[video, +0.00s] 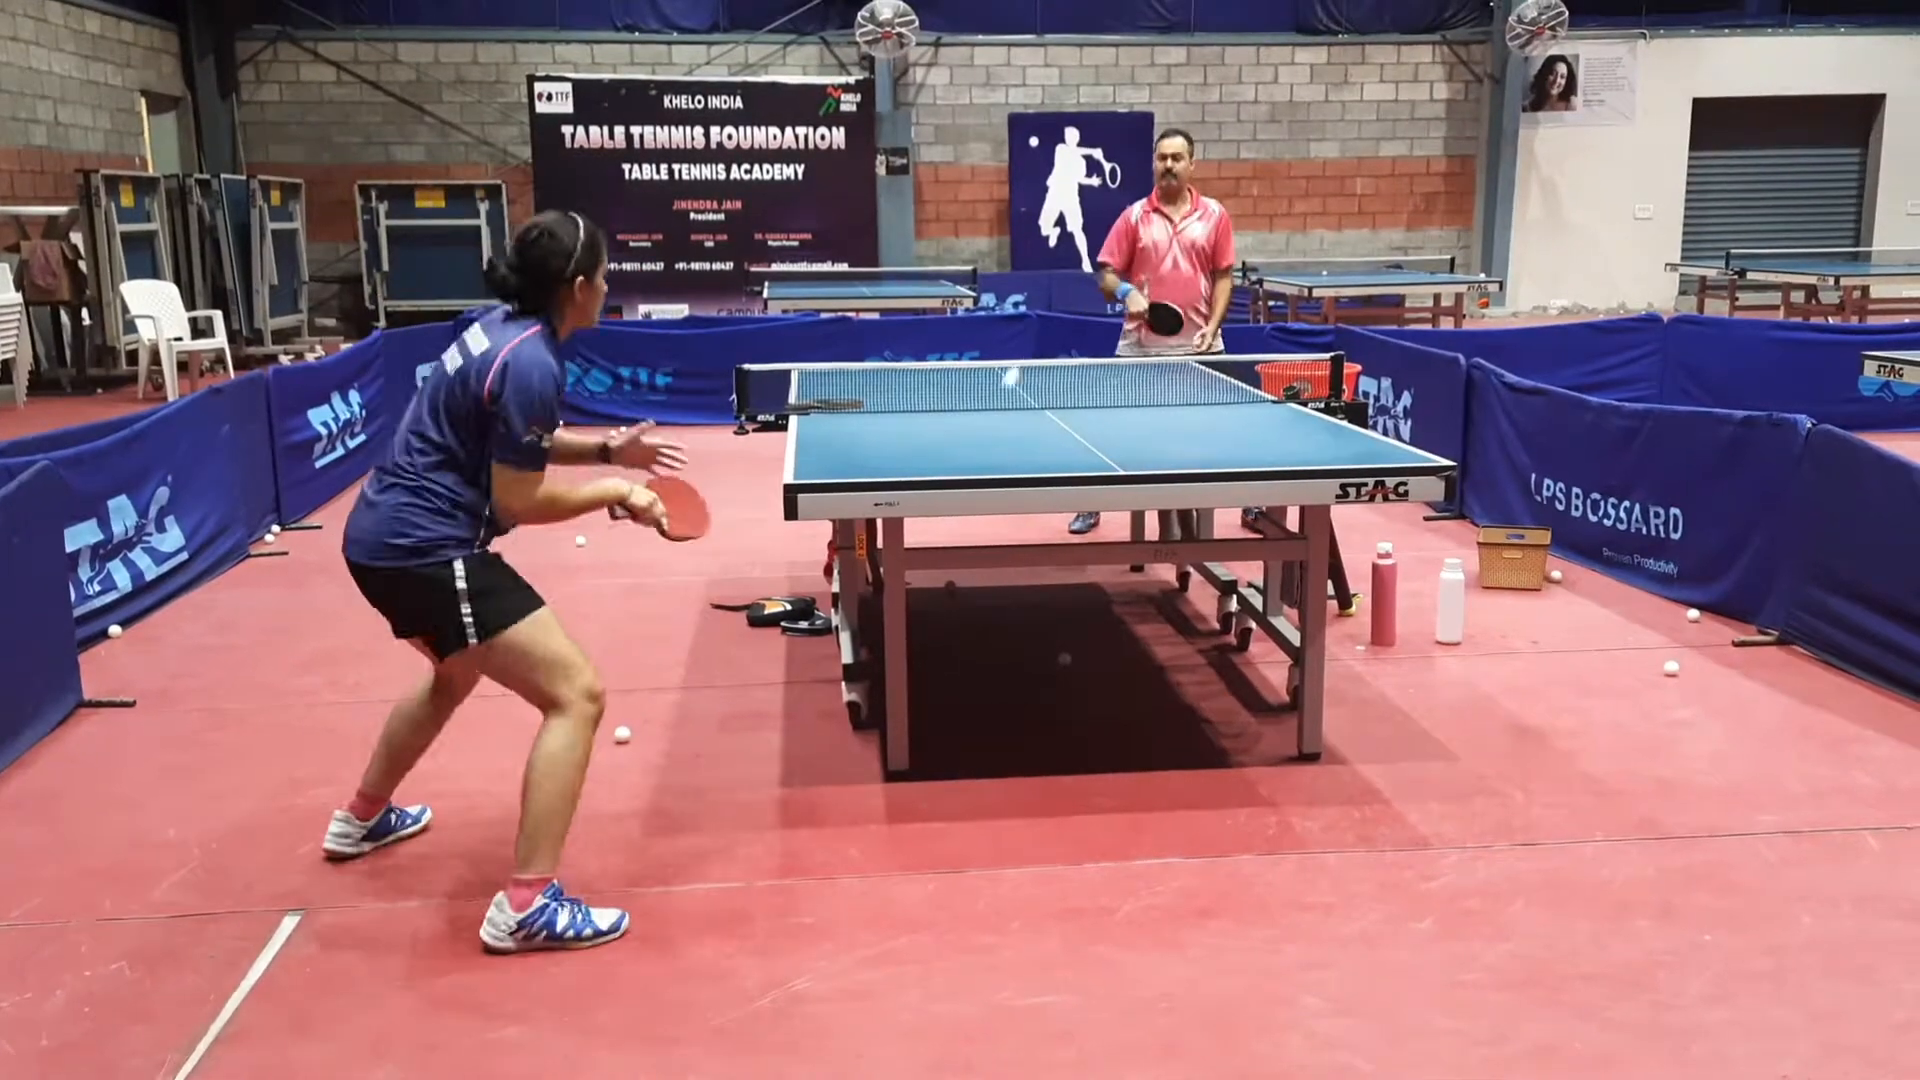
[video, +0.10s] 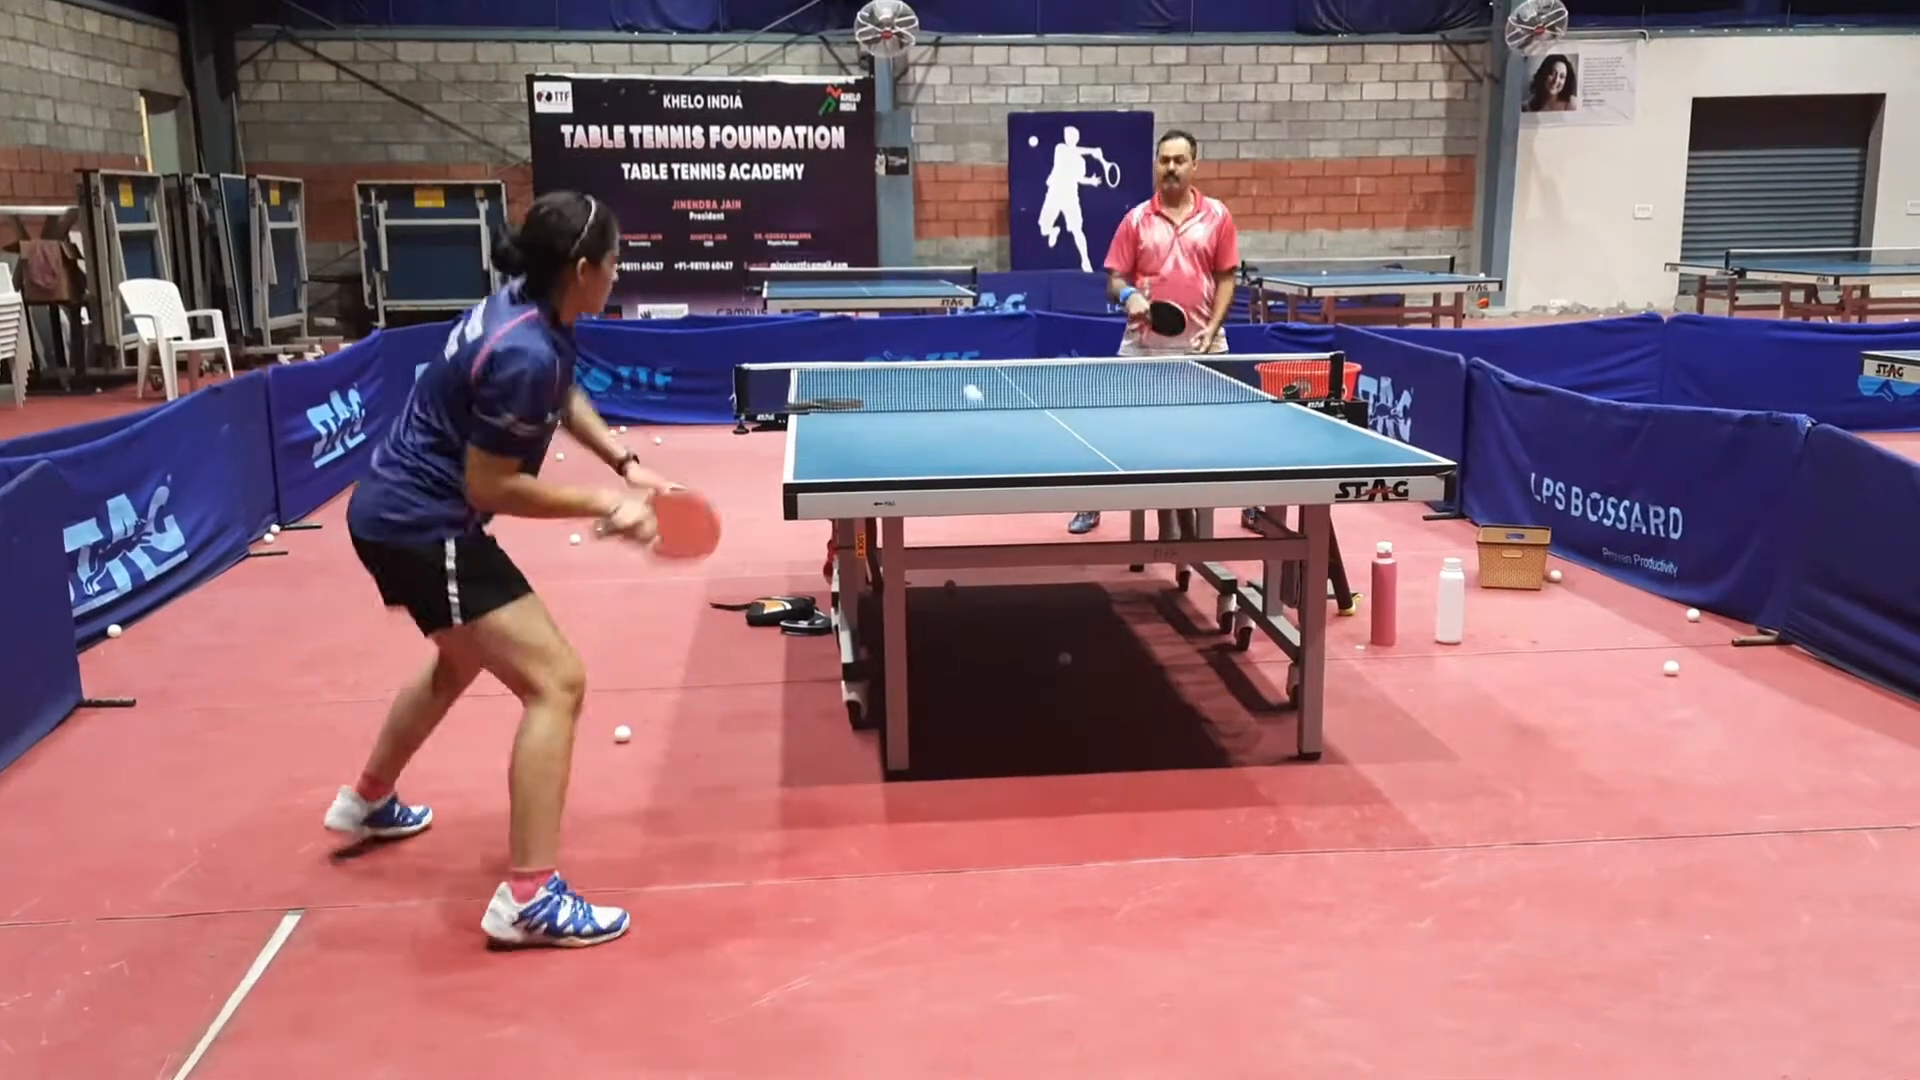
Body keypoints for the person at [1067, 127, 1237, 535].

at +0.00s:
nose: (1168, 165)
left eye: (1177, 158)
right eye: (1162, 158)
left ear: (1192, 163)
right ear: (1154, 162)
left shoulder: (1214, 216)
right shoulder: (1134, 216)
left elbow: (1224, 275)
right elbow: (1105, 274)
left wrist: (1213, 324)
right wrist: (1128, 291)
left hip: (1199, 343)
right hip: (1140, 342)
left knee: (1231, 416)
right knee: (1109, 417)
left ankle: (1253, 500)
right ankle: (1090, 503)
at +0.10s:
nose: (1171, 168)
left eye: (1180, 160)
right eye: (1165, 160)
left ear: (1194, 165)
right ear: (1155, 164)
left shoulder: (1217, 216)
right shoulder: (1136, 219)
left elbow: (1228, 277)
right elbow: (1115, 279)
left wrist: (1214, 326)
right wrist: (1130, 296)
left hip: (1203, 341)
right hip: (1144, 341)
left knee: (1230, 417)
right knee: (1112, 416)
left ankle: (1254, 499)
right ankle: (1091, 502)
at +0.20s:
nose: (1175, 177)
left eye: (1183, 170)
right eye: (1168, 170)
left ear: (1197, 173)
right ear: (1157, 173)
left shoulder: (1221, 221)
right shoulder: (1140, 226)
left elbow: (1236, 280)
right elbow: (1125, 284)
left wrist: (1217, 327)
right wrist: (1136, 298)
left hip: (1209, 344)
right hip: (1148, 344)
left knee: (1249, 413)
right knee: (1110, 415)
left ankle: (1257, 501)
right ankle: (1090, 501)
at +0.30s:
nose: (1175, 183)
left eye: (1183, 175)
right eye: (1168, 175)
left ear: (1198, 178)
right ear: (1158, 177)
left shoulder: (1223, 225)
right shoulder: (1141, 229)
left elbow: (1240, 283)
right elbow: (1126, 286)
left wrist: (1224, 324)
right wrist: (1135, 292)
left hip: (1210, 345)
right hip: (1148, 345)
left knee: (1249, 414)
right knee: (1110, 415)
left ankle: (1256, 501)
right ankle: (1091, 502)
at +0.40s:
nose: (1176, 182)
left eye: (1184, 174)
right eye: (1169, 174)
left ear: (1198, 176)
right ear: (1158, 175)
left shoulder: (1223, 222)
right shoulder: (1141, 225)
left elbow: (1241, 280)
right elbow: (1124, 283)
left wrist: (1228, 321)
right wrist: (1134, 288)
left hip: (1207, 345)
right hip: (1146, 344)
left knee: (1241, 417)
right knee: (1111, 415)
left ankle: (1257, 499)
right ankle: (1091, 501)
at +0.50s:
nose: (1176, 183)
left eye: (1185, 175)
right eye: (1170, 174)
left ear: (1200, 177)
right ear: (1159, 175)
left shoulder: (1223, 223)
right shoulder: (1141, 225)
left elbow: (1241, 279)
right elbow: (1120, 283)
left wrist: (1229, 319)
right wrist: (1132, 292)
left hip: (1205, 345)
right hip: (1144, 343)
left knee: (1240, 416)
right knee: (1109, 414)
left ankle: (1257, 499)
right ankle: (1091, 501)